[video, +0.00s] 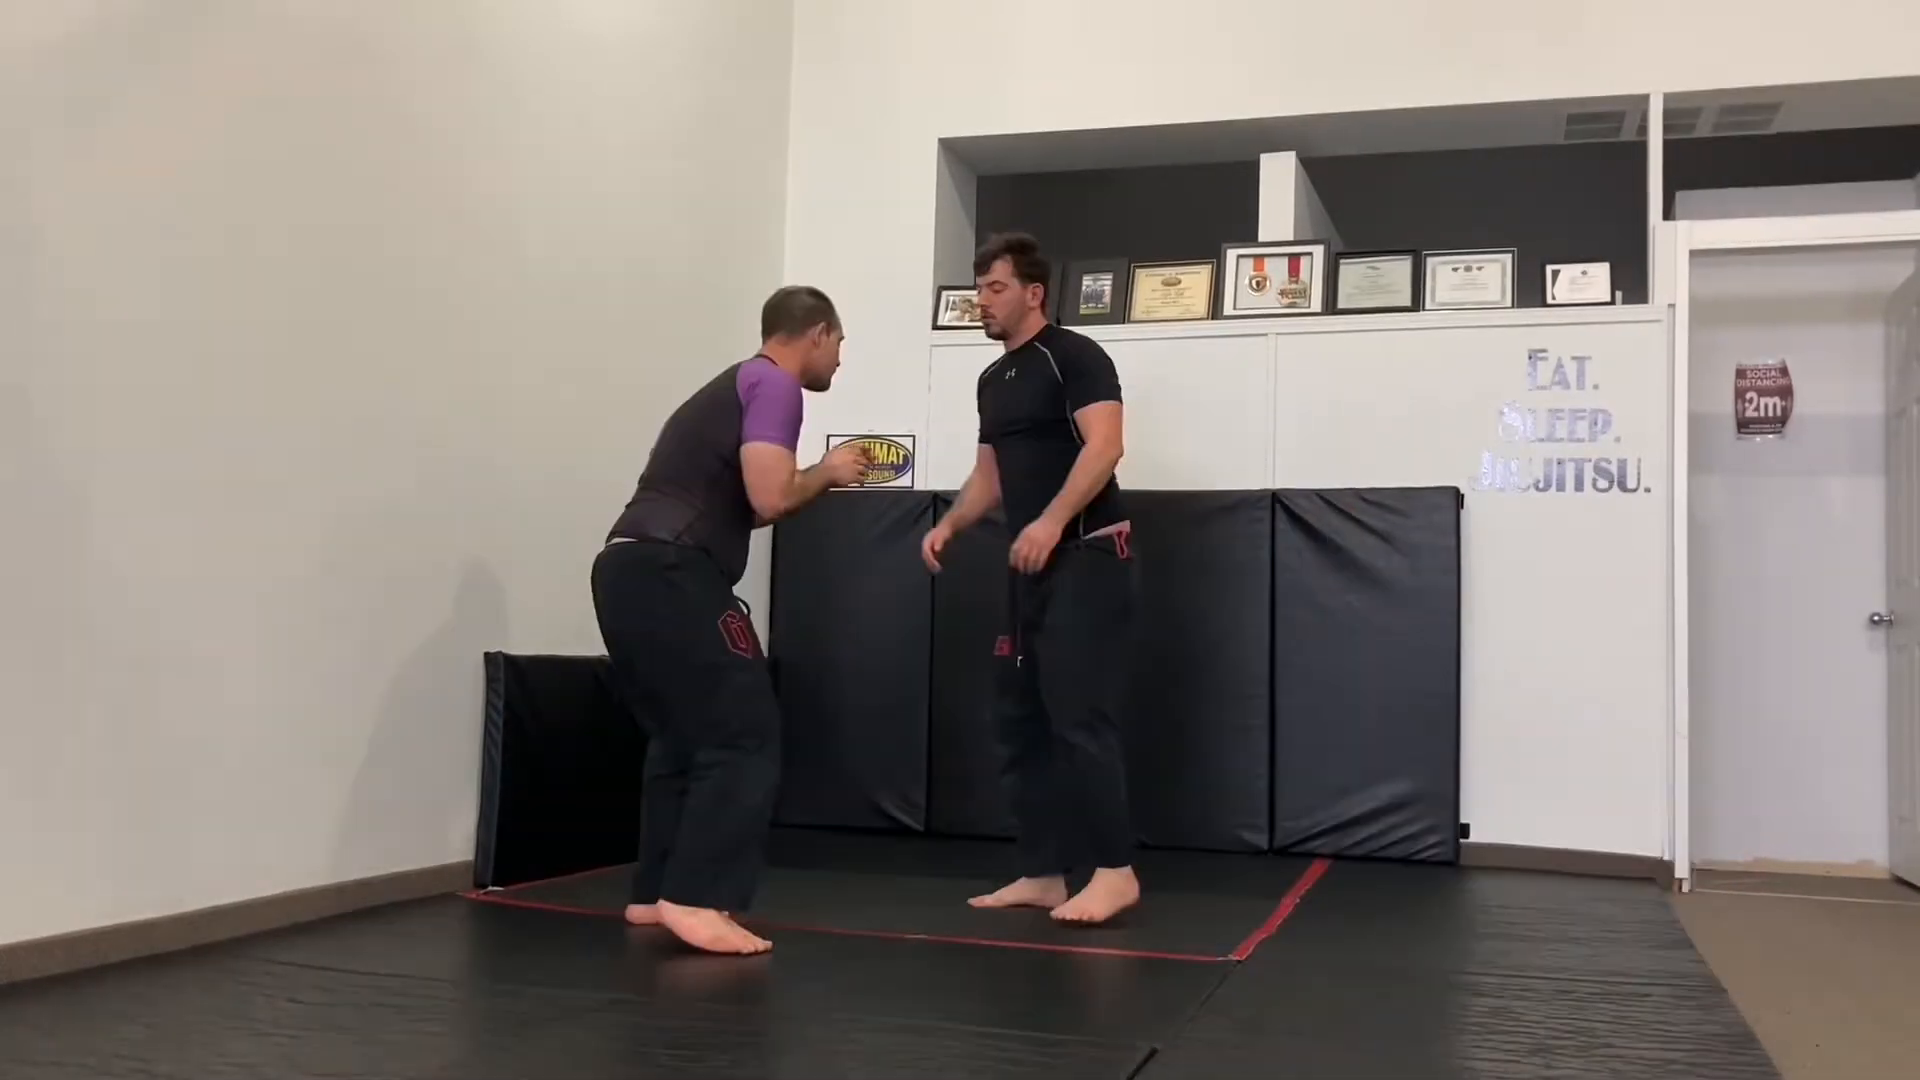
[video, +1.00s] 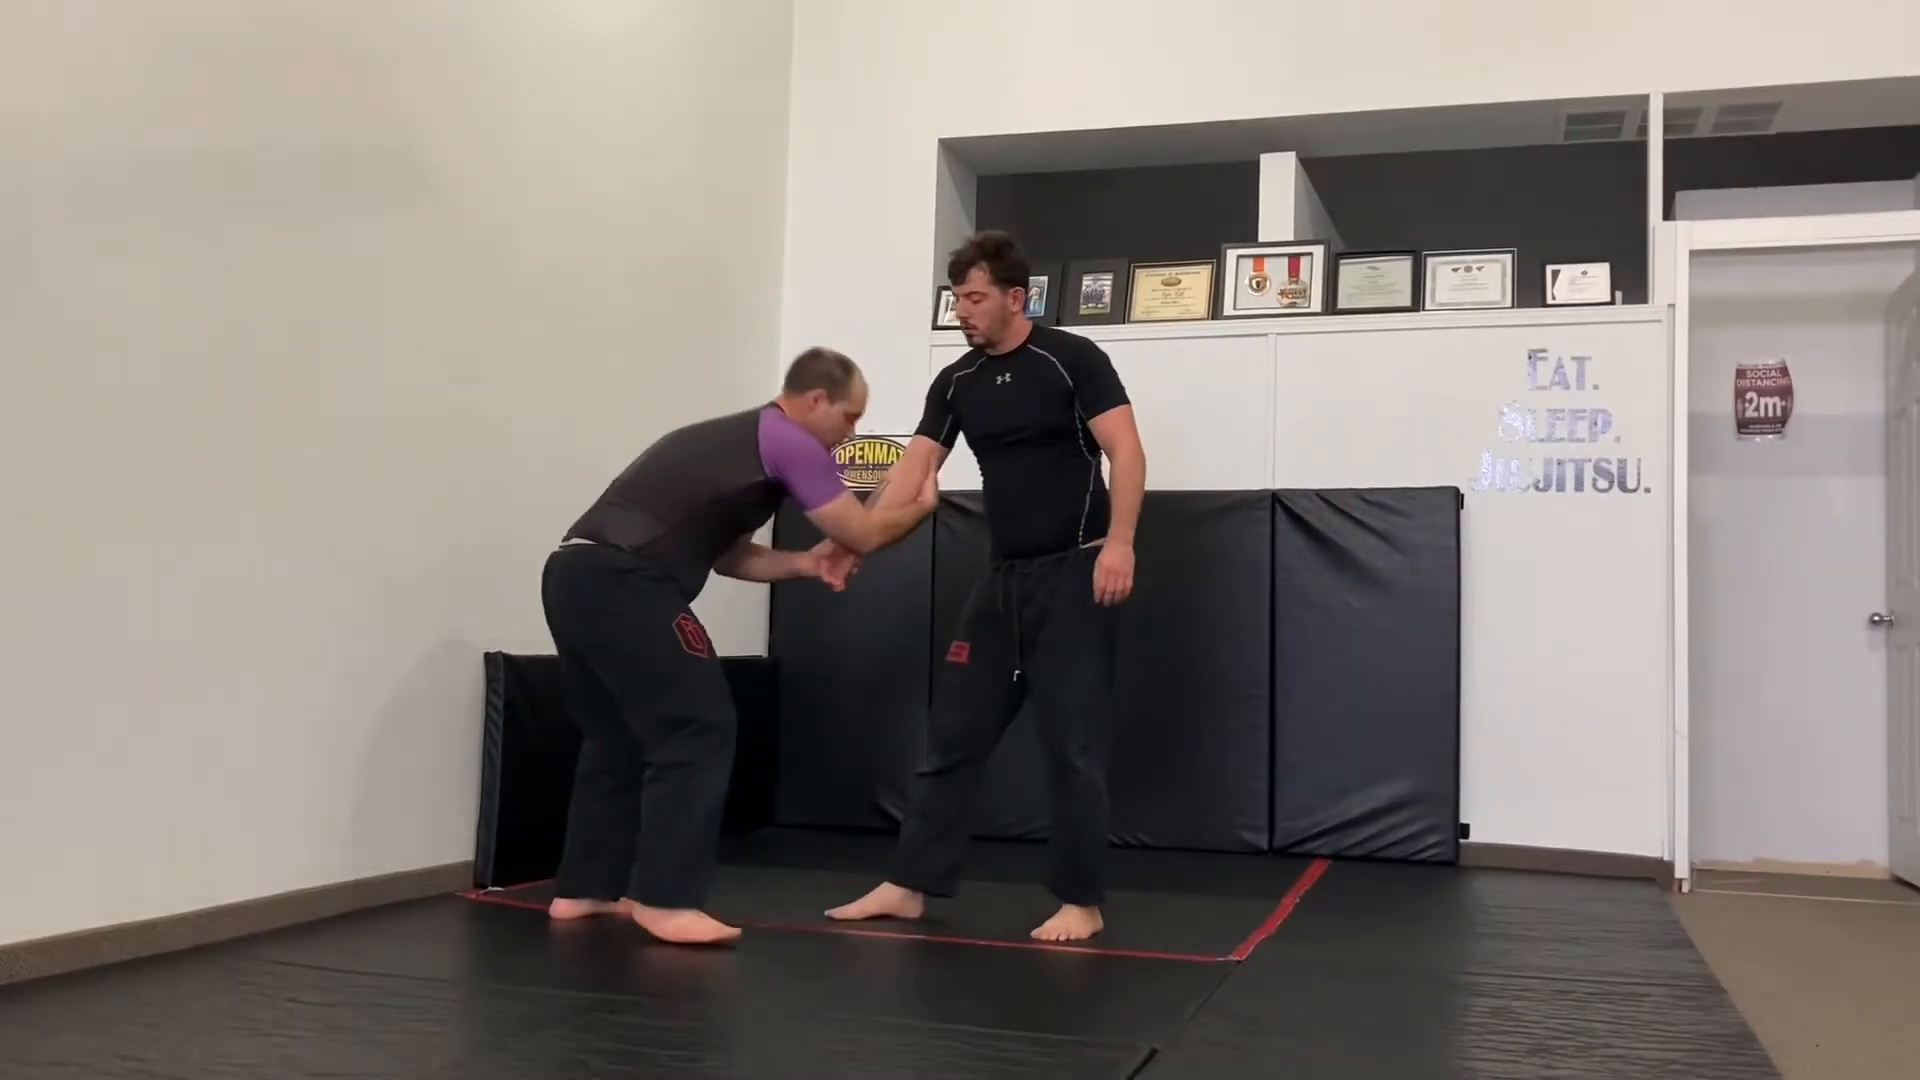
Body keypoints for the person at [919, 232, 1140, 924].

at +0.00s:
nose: (983, 299)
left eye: (995, 287)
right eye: (980, 289)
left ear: (1034, 293)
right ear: (992, 298)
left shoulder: (1077, 354)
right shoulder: (994, 378)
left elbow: (1105, 446)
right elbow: (992, 471)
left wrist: (1051, 520)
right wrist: (951, 522)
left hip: (1090, 552)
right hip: (1030, 555)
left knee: (1080, 707)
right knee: (1022, 708)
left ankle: (1115, 871)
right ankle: (1045, 872)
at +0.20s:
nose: (976, 300)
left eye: (989, 288)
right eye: (975, 289)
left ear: (1030, 291)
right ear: (986, 295)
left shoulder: (1074, 354)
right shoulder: (985, 376)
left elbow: (1110, 447)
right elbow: (974, 465)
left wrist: (1087, 538)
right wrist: (932, 502)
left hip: (1075, 563)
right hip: (1016, 569)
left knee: (1078, 724)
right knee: (1017, 721)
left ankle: (1088, 885)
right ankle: (1042, 873)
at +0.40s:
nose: (980, 299)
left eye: (993, 287)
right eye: (979, 287)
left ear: (1033, 288)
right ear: (997, 292)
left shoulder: (1082, 354)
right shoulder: (993, 372)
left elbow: (1120, 446)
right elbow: (977, 463)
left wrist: (1092, 541)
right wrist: (931, 512)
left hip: (1077, 564)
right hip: (1018, 568)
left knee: (1072, 728)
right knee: (1007, 719)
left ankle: (1082, 894)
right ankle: (1041, 873)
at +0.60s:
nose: (989, 295)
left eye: (1001, 282)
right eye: (987, 283)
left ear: (1044, 285)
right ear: (1001, 290)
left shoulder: (1092, 347)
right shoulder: (1000, 371)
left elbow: (1129, 446)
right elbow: (967, 460)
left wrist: (1084, 535)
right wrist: (910, 519)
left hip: (1092, 568)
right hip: (1030, 567)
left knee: (1075, 732)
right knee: (985, 713)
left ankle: (1082, 901)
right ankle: (1020, 858)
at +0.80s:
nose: (981, 300)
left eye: (994, 288)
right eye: (978, 289)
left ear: (1037, 288)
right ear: (984, 292)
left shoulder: (1089, 350)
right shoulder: (985, 375)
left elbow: (1131, 447)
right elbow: (942, 465)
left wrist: (1098, 535)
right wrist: (884, 522)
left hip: (1093, 568)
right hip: (1027, 570)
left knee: (1080, 736)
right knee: (975, 717)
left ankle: (1084, 903)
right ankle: (927, 874)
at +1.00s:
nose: (961, 310)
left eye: (974, 297)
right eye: (957, 298)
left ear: (1017, 296)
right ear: (957, 301)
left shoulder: (1074, 359)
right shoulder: (955, 383)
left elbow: (1128, 451)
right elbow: (911, 475)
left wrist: (1120, 544)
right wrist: (858, 539)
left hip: (1076, 571)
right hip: (1004, 577)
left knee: (1073, 739)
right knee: (957, 728)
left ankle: (1082, 903)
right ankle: (909, 884)